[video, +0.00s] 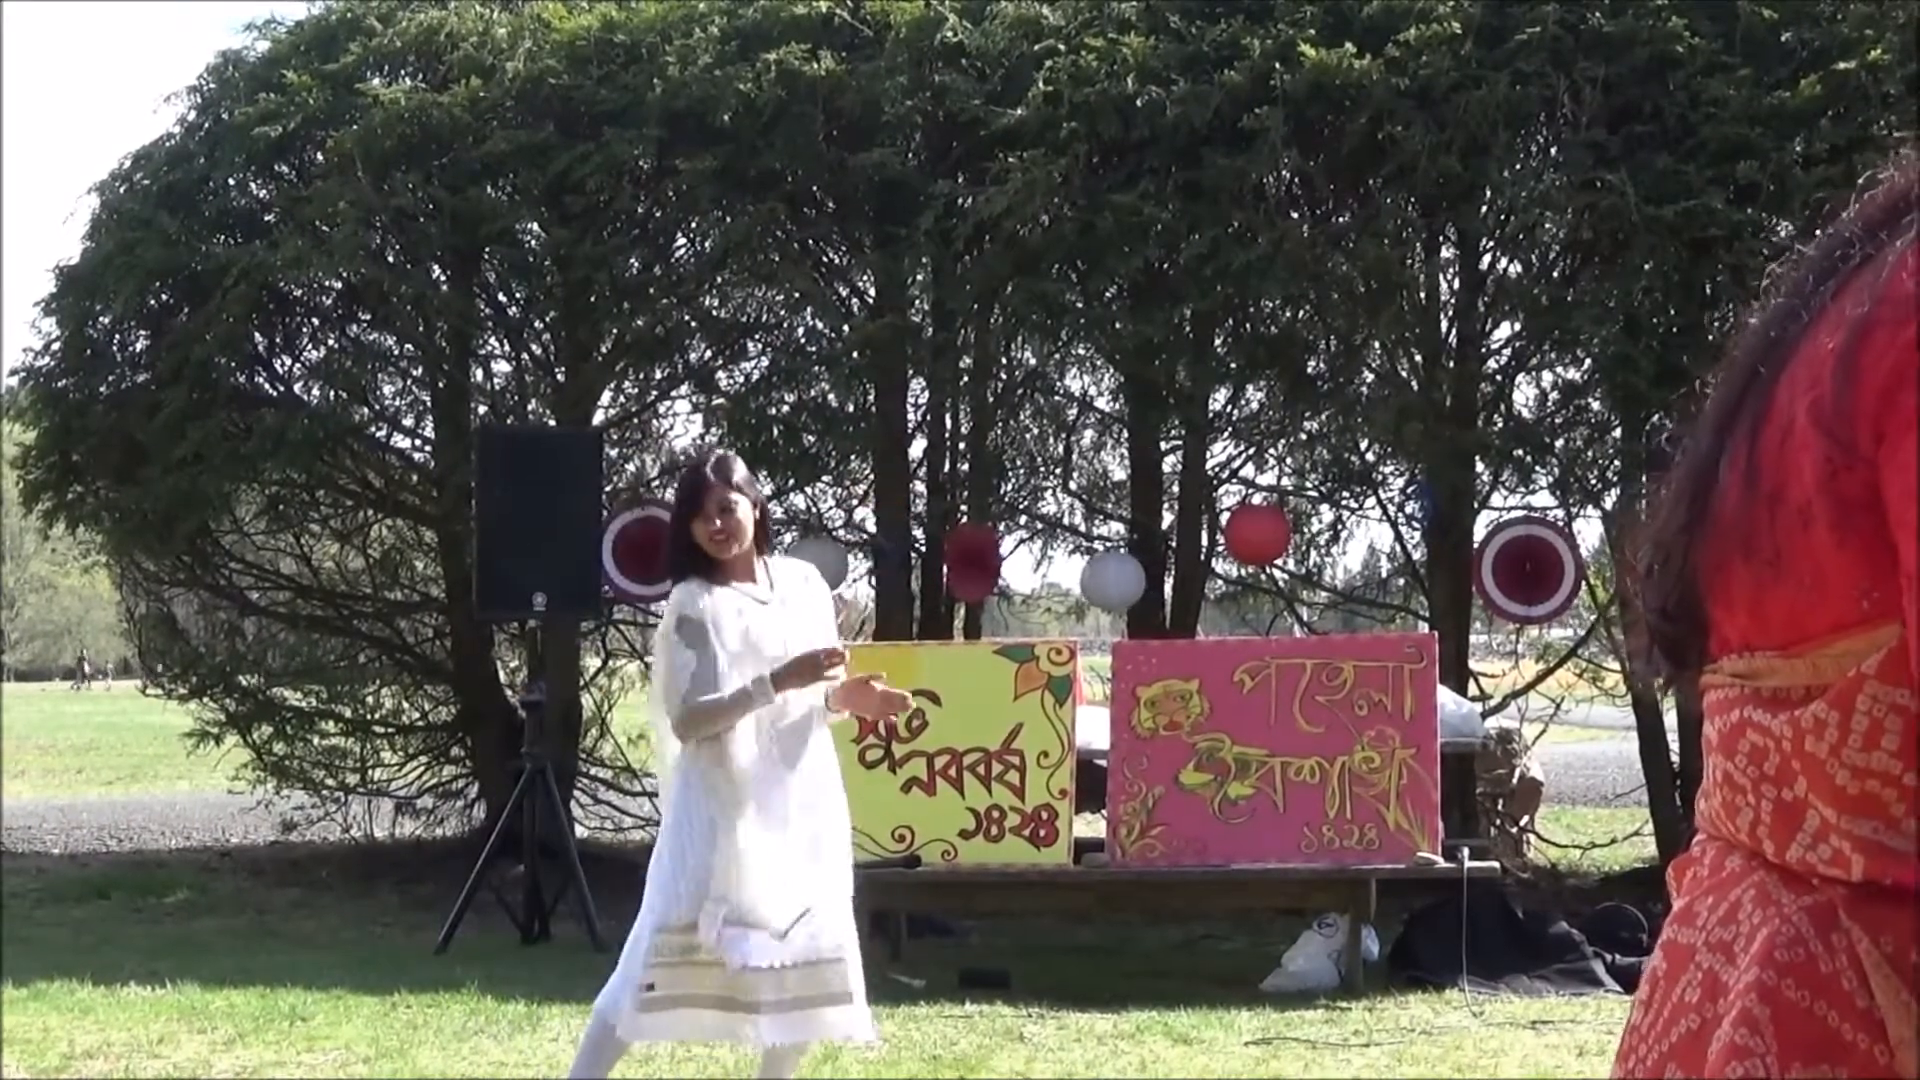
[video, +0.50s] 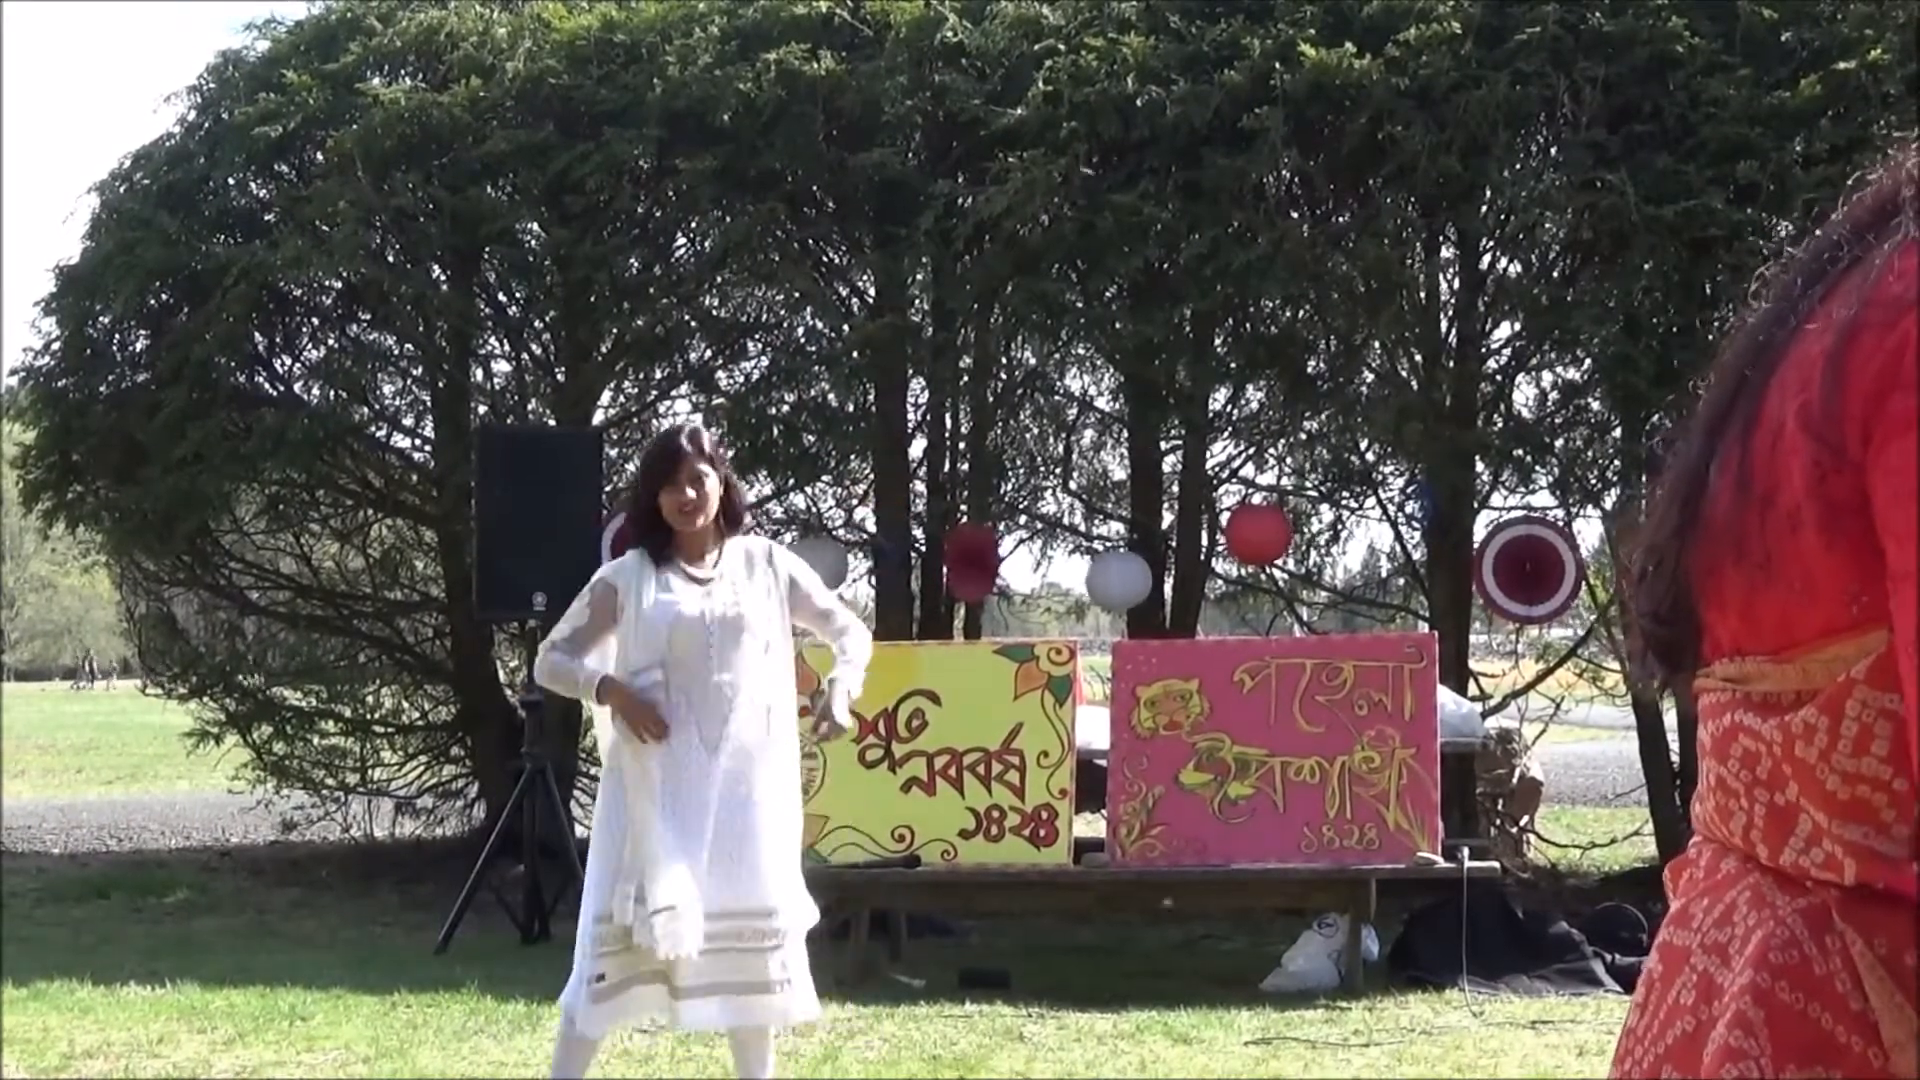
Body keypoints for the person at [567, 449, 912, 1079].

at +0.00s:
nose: (719, 522)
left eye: (730, 505)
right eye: (703, 513)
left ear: (757, 507)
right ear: (689, 526)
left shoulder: (803, 580)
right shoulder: (691, 604)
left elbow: (808, 704)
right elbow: (687, 722)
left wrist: (845, 697)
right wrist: (779, 681)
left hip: (802, 817)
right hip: (715, 820)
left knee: (810, 983)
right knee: (647, 972)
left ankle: (774, 1073)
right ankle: (582, 1074)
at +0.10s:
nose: (716, 520)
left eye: (727, 503)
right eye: (700, 510)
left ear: (754, 502)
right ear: (686, 521)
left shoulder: (805, 580)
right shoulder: (680, 601)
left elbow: (827, 690)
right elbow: (655, 718)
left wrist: (839, 704)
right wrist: (734, 698)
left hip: (798, 815)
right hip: (705, 818)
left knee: (805, 983)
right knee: (644, 970)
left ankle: (772, 1075)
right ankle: (582, 1075)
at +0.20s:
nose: (710, 515)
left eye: (722, 499)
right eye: (695, 505)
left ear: (751, 498)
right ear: (681, 515)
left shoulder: (806, 576)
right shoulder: (673, 594)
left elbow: (842, 660)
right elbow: (632, 702)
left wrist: (838, 695)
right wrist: (684, 712)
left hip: (791, 806)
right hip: (698, 809)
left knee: (794, 974)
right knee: (643, 962)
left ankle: (769, 1075)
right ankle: (579, 1073)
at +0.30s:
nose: (704, 507)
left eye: (716, 491)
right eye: (689, 496)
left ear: (744, 492)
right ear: (674, 506)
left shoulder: (797, 571)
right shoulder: (661, 588)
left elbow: (856, 651)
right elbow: (605, 678)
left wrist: (839, 685)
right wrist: (662, 705)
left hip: (781, 794)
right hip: (689, 794)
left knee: (785, 967)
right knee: (630, 962)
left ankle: (765, 1074)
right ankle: (574, 1074)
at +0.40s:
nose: (699, 501)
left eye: (710, 485)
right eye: (683, 489)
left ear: (735, 487)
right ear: (665, 500)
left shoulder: (785, 566)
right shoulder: (645, 579)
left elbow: (862, 640)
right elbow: (571, 664)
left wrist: (838, 689)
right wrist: (641, 698)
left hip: (768, 787)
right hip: (675, 787)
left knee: (770, 957)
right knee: (621, 953)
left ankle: (760, 1073)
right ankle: (569, 1074)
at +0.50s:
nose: (687, 497)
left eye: (699, 481)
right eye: (672, 485)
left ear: (723, 486)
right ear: (653, 495)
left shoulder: (771, 565)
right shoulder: (626, 576)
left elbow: (852, 636)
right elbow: (552, 661)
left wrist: (840, 689)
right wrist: (614, 690)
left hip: (750, 796)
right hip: (648, 799)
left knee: (758, 966)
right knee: (603, 966)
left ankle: (755, 1076)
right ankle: (563, 1075)